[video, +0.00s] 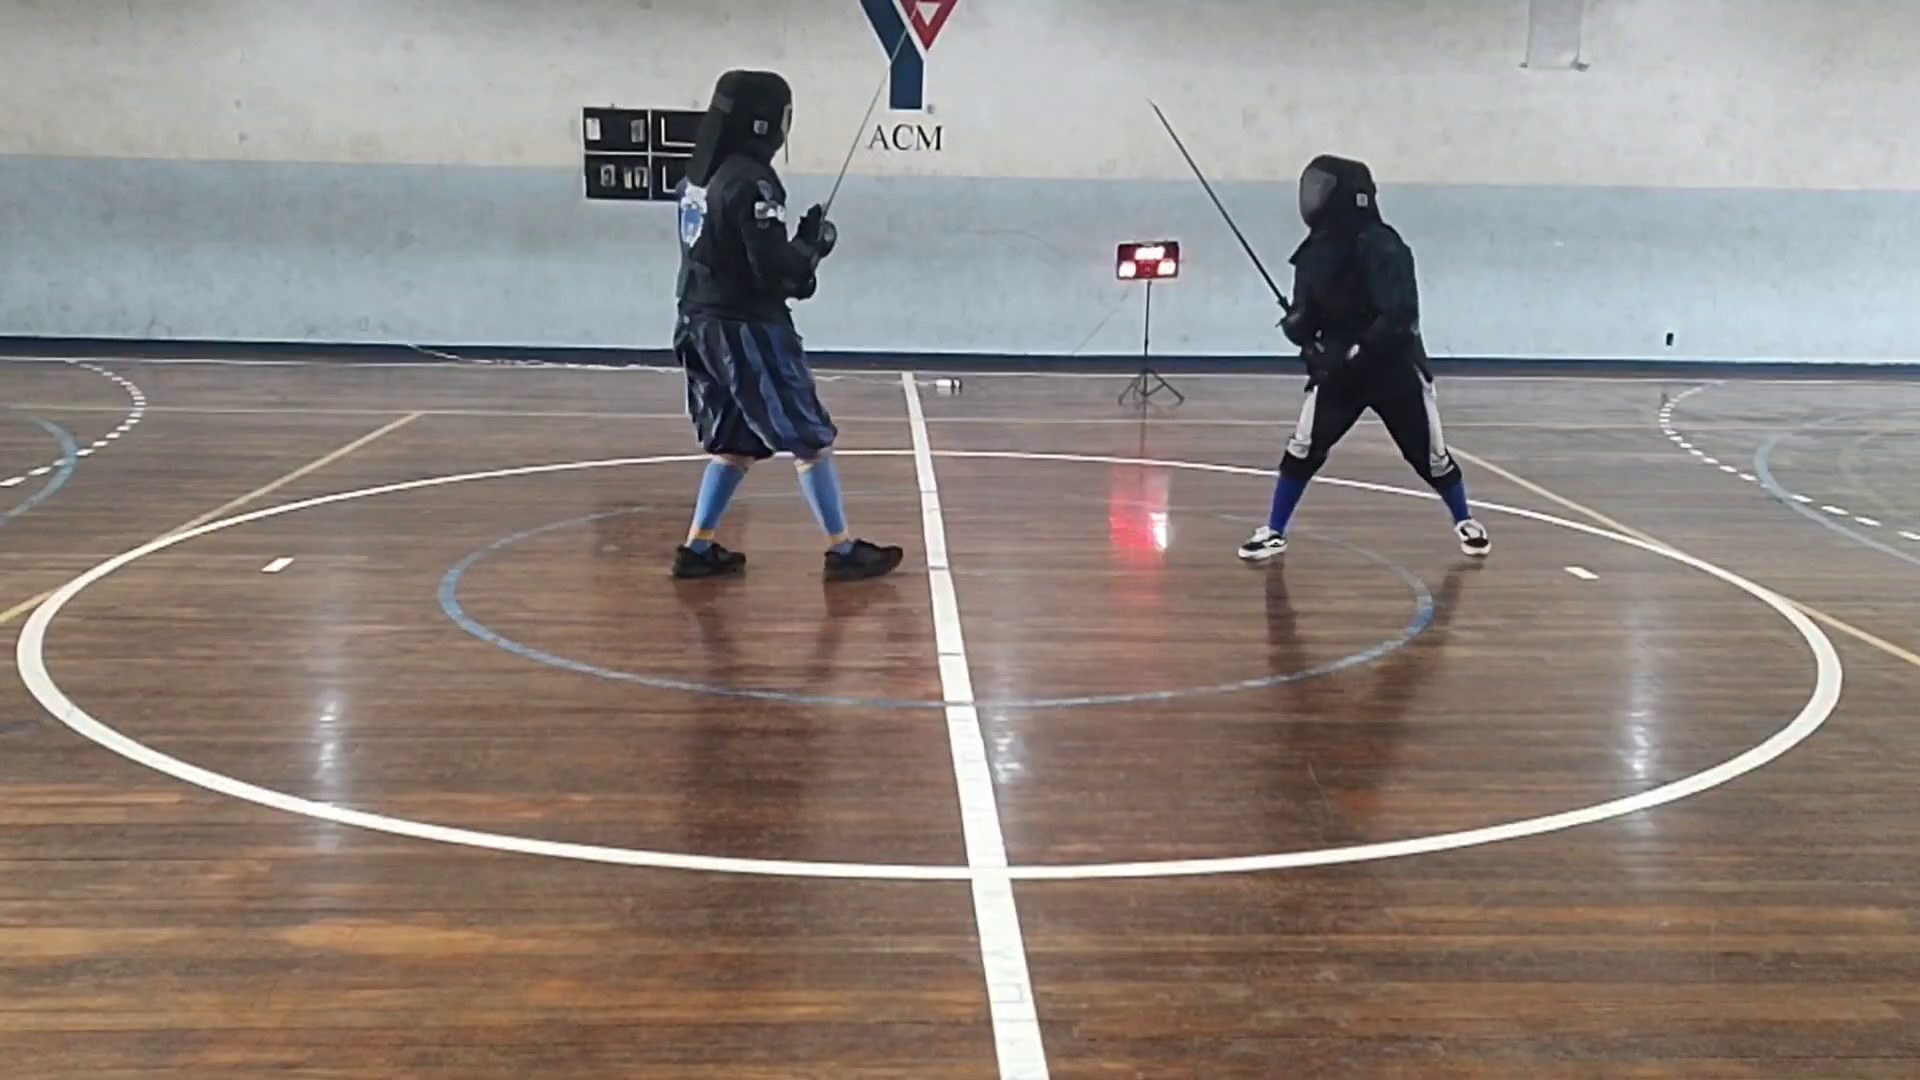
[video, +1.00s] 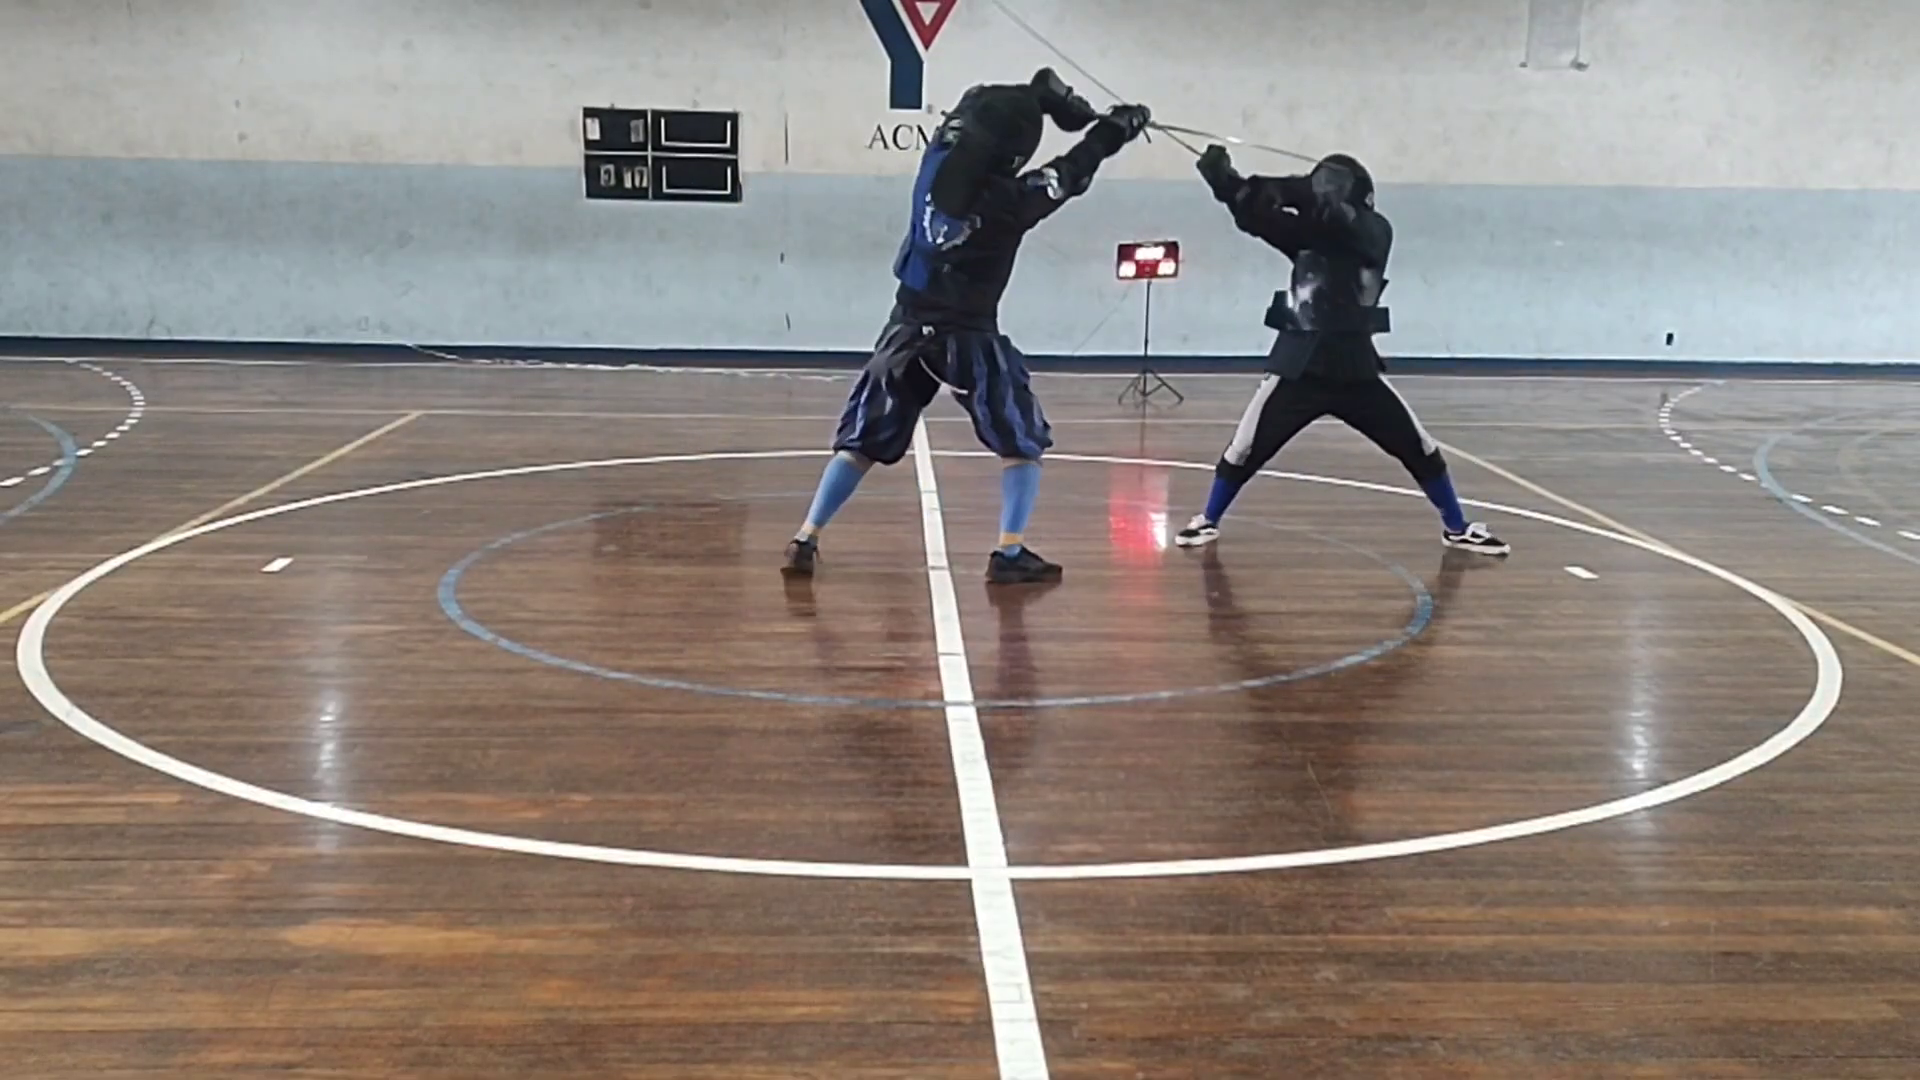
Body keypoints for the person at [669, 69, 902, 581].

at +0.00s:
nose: (784, 132)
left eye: (785, 121)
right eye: (782, 121)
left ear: (727, 119)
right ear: (765, 125)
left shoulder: (699, 173)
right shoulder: (753, 182)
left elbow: (726, 259)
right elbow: (782, 269)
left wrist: (796, 242)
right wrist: (813, 246)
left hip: (702, 324)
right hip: (750, 327)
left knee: (740, 439)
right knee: (809, 434)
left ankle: (698, 546)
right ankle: (844, 546)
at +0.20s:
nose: (828, 137)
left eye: (827, 127)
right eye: (825, 126)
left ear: (771, 121)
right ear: (809, 129)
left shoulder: (737, 175)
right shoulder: (793, 185)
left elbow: (754, 261)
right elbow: (811, 271)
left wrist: (829, 284)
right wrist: (847, 251)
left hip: (725, 327)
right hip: (781, 331)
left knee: (747, 443)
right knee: (858, 426)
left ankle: (715, 549)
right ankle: (857, 539)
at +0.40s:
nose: (873, 146)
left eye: (873, 136)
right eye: (870, 136)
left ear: (815, 131)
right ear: (853, 140)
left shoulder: (783, 183)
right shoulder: (840, 194)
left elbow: (803, 266)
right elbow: (865, 288)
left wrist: (875, 254)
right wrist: (892, 256)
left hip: (767, 330)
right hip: (822, 336)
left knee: (768, 444)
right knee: (886, 438)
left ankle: (716, 548)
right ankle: (923, 546)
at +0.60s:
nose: (931, 152)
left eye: (931, 142)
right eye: (929, 143)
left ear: (874, 139)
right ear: (913, 147)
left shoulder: (843, 190)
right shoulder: (909, 204)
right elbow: (959, 290)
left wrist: (955, 281)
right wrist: (987, 263)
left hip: (824, 331)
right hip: (886, 338)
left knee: (780, 443)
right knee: (949, 438)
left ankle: (714, 544)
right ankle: (998, 550)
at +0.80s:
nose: (994, 145)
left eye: (993, 140)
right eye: (991, 138)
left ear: (940, 135)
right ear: (978, 147)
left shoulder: (910, 169)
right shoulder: (980, 199)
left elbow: (980, 165)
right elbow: (1049, 207)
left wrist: (1030, 161)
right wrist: (1098, 188)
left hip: (878, 335)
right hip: (941, 341)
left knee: (833, 437)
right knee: (1007, 435)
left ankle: (762, 533)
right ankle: (1010, 550)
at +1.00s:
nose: (1029, 158)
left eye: (1026, 149)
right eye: (1027, 151)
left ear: (975, 129)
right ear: (1014, 151)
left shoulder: (935, 161)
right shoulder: (1011, 200)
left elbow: (978, 106)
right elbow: (1073, 171)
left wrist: (1042, 96)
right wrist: (1113, 129)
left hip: (907, 329)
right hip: (971, 337)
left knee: (865, 435)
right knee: (1023, 441)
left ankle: (805, 537)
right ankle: (1009, 551)